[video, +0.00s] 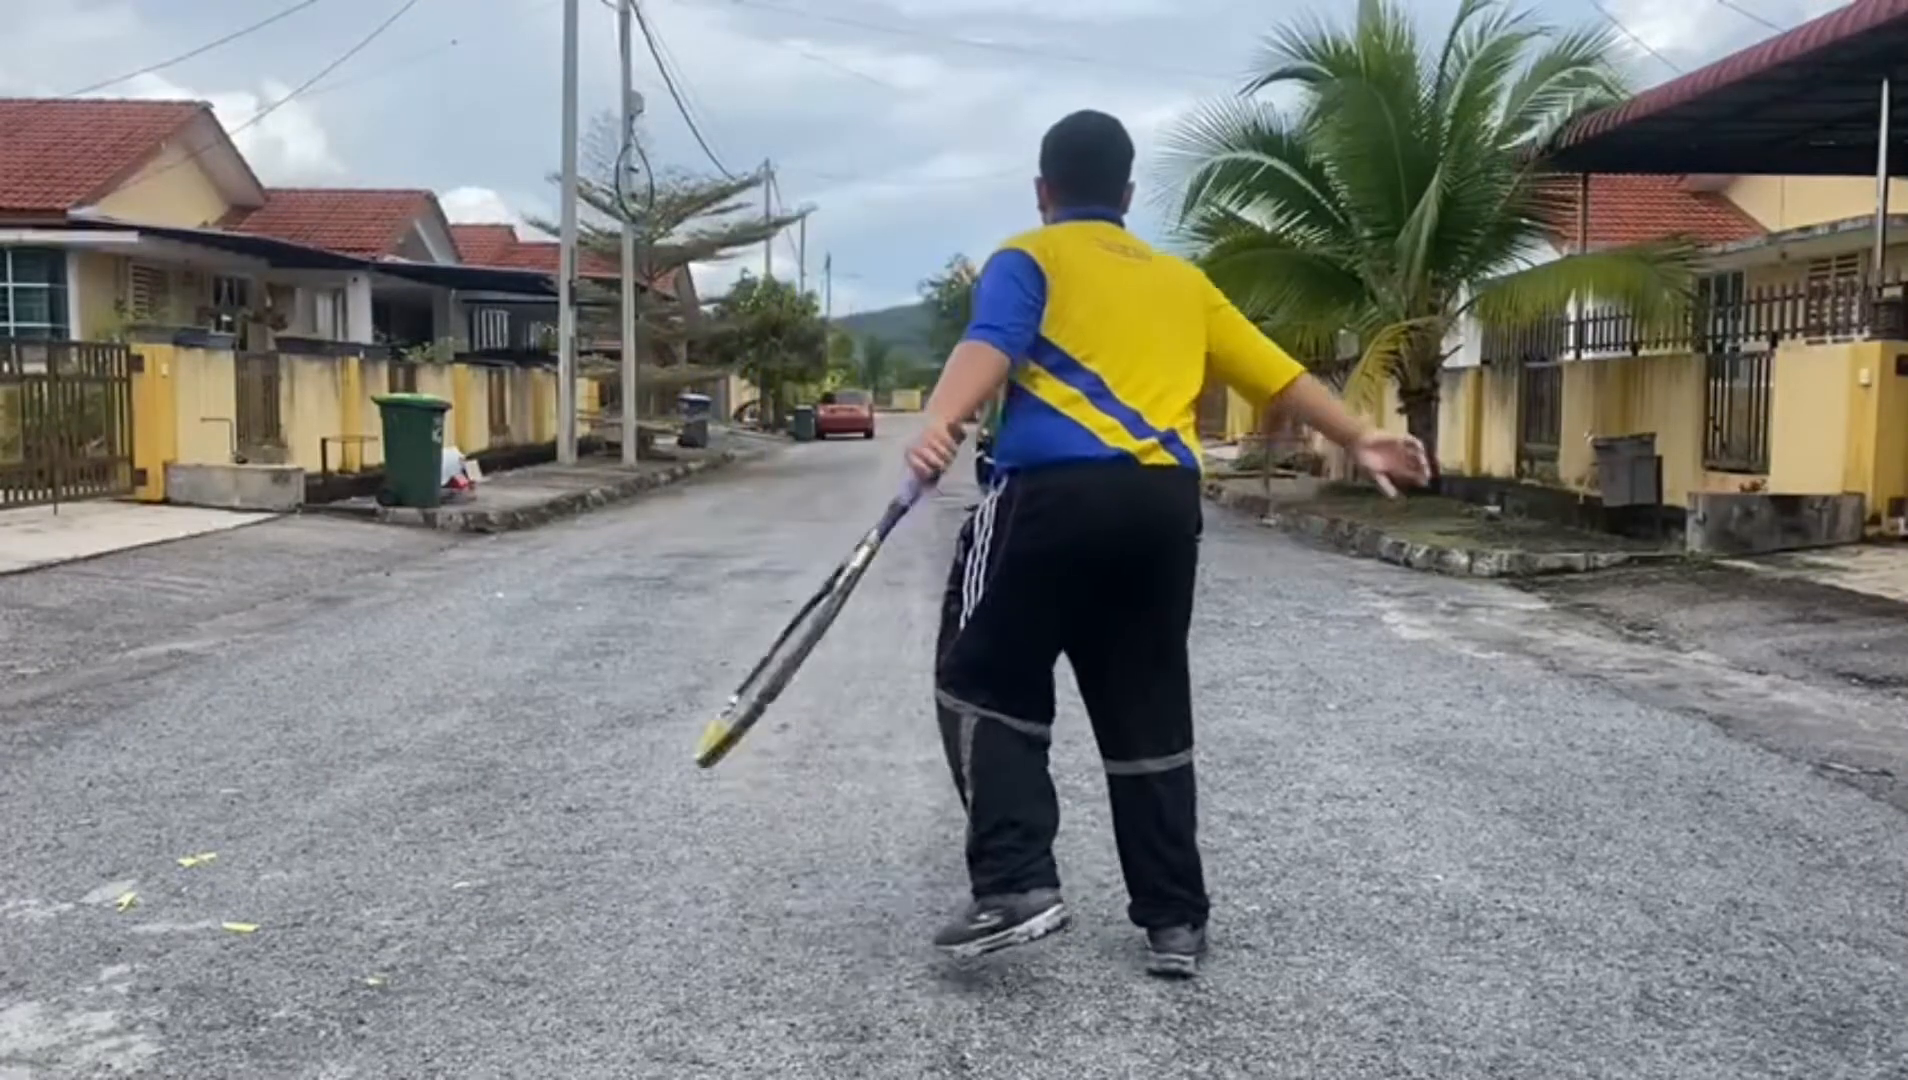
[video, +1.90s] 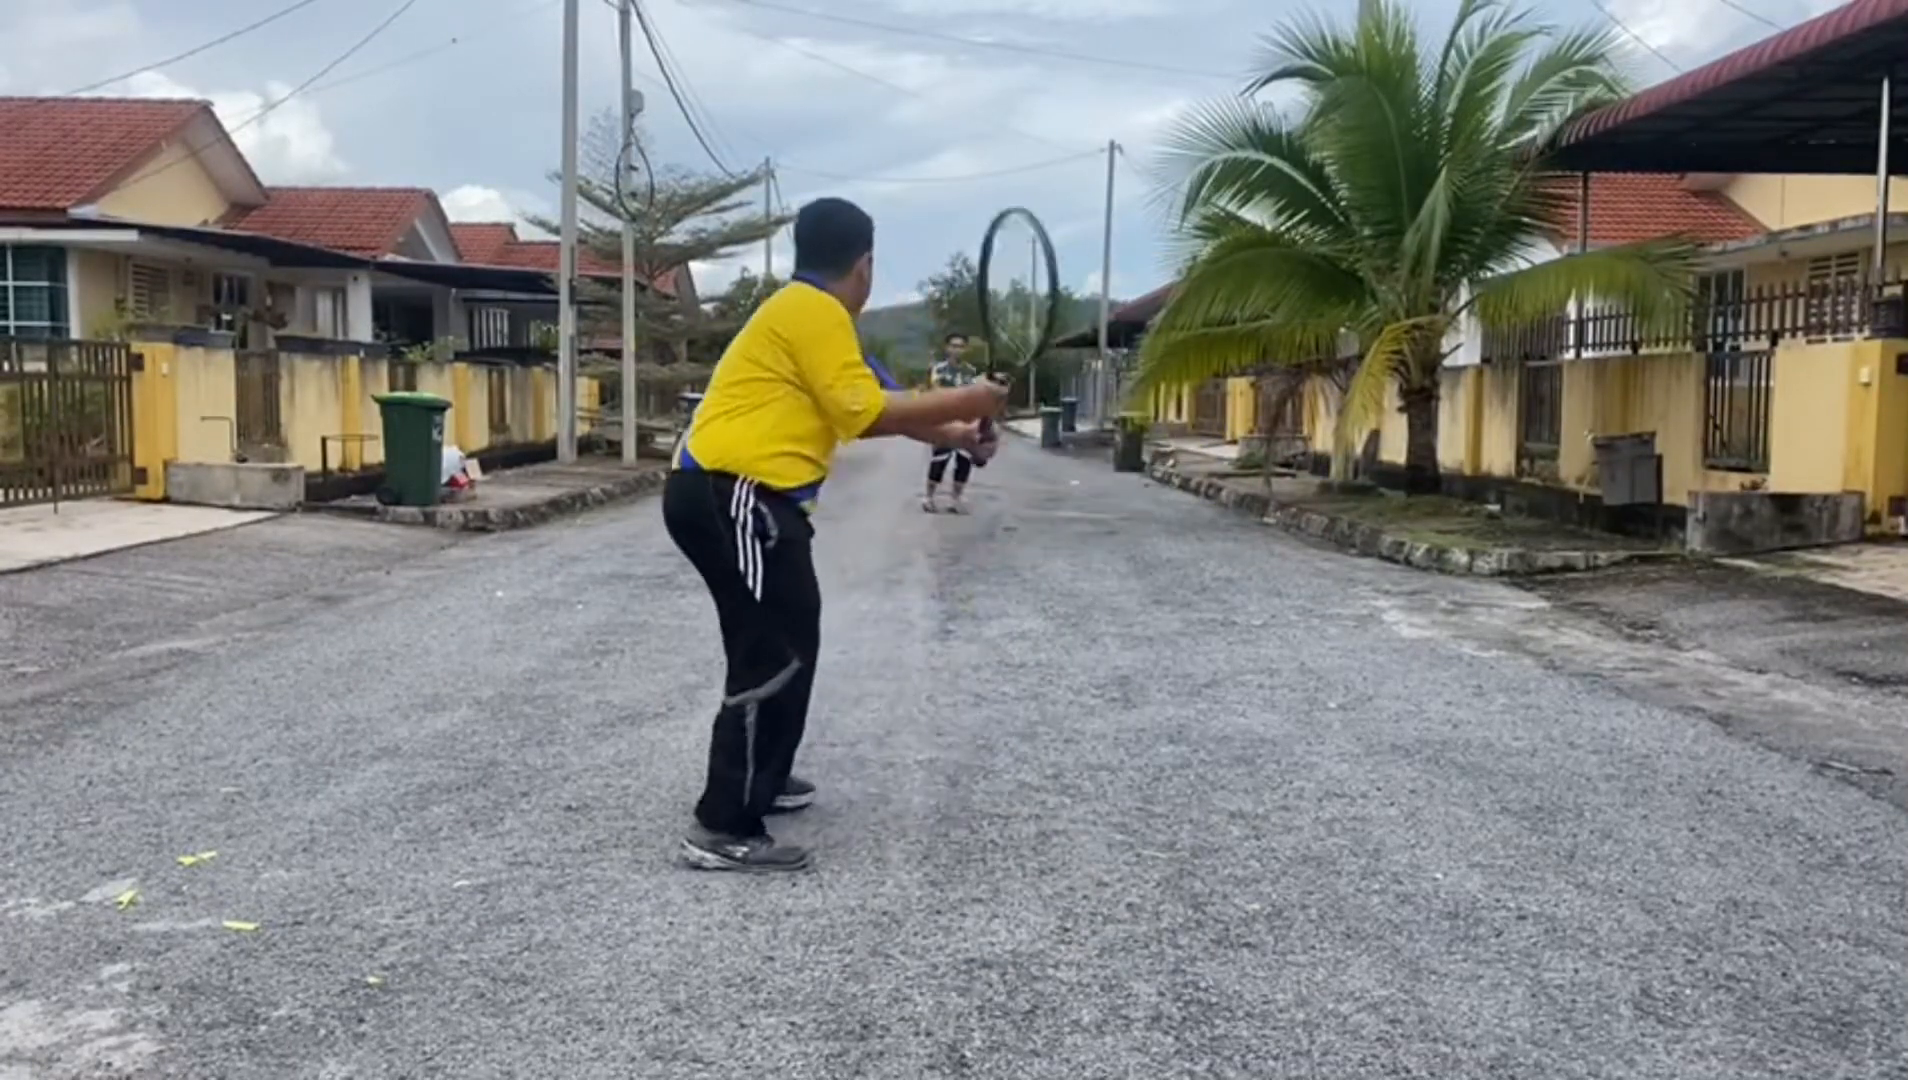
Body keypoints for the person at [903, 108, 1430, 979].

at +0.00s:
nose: (1039, 197)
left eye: (1039, 187)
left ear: (1045, 189)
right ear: (1127, 193)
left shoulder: (1032, 257)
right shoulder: (1183, 281)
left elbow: (991, 344)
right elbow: (1276, 373)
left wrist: (939, 421)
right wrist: (1359, 434)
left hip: (1053, 500)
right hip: (1162, 503)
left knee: (988, 683)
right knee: (1146, 702)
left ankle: (1016, 884)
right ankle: (1174, 920)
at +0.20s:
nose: (1001, 192)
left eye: (1001, 182)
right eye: (1010, 182)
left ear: (1014, 185)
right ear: (1094, 184)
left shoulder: (1007, 257)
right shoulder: (1157, 272)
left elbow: (975, 337)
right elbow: (1228, 393)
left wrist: (926, 406)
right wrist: (1301, 467)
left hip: (1038, 516)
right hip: (1146, 516)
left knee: (993, 719)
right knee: (1143, 718)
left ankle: (930, 933)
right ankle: (1175, 925)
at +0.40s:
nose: (940, 189)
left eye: (941, 177)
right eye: (946, 177)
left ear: (949, 179)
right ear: (1034, 179)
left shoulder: (932, 271)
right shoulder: (1091, 277)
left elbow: (922, 413)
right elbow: (1114, 416)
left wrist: (918, 511)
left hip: (971, 521)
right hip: (1080, 520)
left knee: (946, 727)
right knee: (1104, 711)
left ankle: (921, 942)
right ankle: (1167, 902)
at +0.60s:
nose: (894, 182)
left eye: (894, 168)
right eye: (908, 168)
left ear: (899, 168)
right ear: (983, 161)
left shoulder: (877, 259)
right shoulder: (1038, 261)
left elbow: (844, 405)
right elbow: (1060, 398)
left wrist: (791, 516)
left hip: (910, 498)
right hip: (1024, 492)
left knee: (903, 707)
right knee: (1021, 676)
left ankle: (921, 934)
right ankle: (1063, 874)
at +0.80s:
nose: (910, 282)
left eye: (901, 273)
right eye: (956, 275)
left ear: (899, 276)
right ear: (959, 277)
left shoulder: (862, 336)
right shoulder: (990, 340)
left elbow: (833, 424)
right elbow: (996, 435)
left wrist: (858, 473)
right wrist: (969, 482)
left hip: (868, 499)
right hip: (959, 499)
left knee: (844, 636)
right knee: (972, 636)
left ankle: (802, 778)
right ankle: (978, 773)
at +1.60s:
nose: (908, 304)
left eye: (907, 296)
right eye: (908, 295)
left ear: (842, 290)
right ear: (900, 294)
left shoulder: (818, 341)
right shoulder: (903, 345)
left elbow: (871, 460)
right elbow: (940, 457)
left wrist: (928, 532)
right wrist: (983, 518)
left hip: (743, 492)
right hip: (823, 493)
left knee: (793, 640)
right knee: (890, 634)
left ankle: (808, 769)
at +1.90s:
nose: (872, 275)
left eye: (870, 263)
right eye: (871, 262)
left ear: (808, 257)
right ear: (859, 262)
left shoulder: (804, 312)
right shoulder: (811, 310)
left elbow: (859, 410)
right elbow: (859, 408)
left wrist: (946, 431)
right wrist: (966, 401)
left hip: (743, 490)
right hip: (737, 492)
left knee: (788, 640)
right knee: (770, 652)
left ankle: (761, 780)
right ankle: (725, 828)